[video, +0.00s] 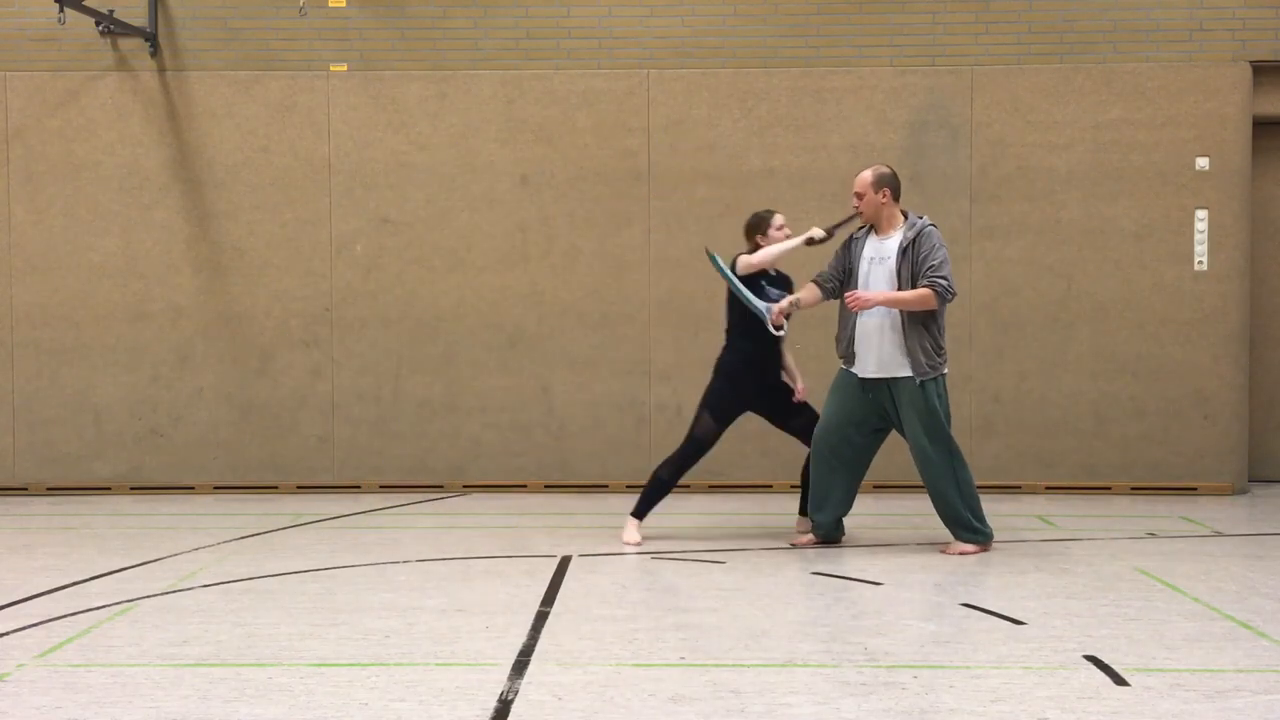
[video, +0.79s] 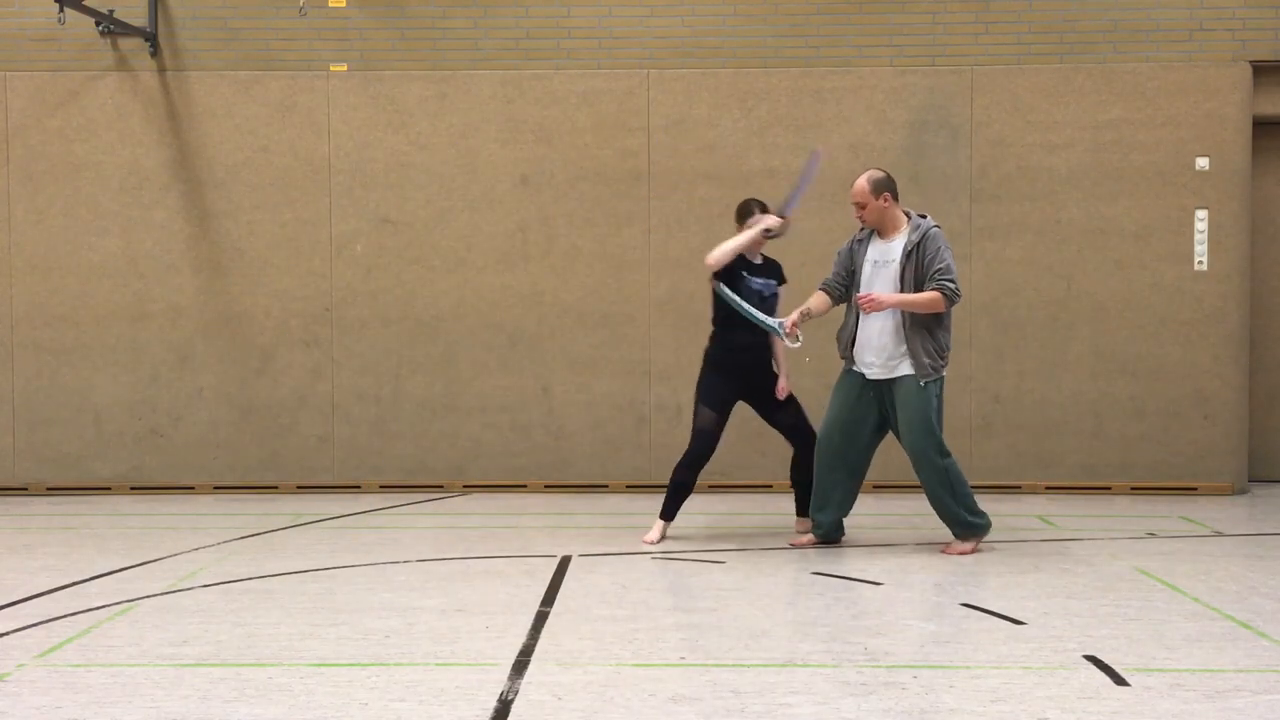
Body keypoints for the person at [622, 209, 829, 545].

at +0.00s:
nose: (789, 233)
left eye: (787, 227)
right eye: (781, 228)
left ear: (777, 235)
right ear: (761, 237)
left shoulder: (783, 283)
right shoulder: (741, 267)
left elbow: (777, 337)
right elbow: (758, 261)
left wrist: (795, 376)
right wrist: (801, 240)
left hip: (769, 384)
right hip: (733, 382)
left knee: (823, 438)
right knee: (693, 449)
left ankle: (806, 522)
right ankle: (635, 520)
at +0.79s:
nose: (763, 233)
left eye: (767, 228)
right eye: (757, 227)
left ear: (768, 231)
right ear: (744, 227)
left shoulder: (772, 270)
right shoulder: (727, 259)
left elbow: (775, 324)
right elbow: (712, 262)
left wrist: (782, 372)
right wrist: (757, 227)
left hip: (759, 371)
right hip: (721, 370)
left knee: (805, 440)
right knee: (700, 448)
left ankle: (804, 521)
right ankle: (662, 524)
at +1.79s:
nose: (470, 234)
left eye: (474, 227)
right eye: (467, 228)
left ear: (495, 223)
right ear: (472, 226)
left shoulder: (519, 259)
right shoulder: (470, 254)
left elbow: (544, 315)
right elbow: (464, 301)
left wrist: (560, 366)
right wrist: (445, 328)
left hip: (507, 364)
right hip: (481, 363)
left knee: (472, 445)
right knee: (470, 446)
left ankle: (490, 529)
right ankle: (538, 493)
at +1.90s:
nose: (443, 230)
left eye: (447, 223)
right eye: (440, 223)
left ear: (468, 217)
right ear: (443, 221)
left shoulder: (494, 252)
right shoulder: (443, 249)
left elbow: (515, 309)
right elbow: (438, 300)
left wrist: (524, 360)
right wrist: (417, 321)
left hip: (480, 359)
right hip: (450, 359)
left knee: (465, 444)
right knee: (416, 437)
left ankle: (491, 529)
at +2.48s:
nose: (397, 222)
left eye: (399, 215)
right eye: (391, 215)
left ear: (388, 219)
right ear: (368, 217)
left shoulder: (387, 263)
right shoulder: (339, 253)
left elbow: (393, 320)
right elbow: (324, 299)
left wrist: (416, 361)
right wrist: (337, 249)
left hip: (367, 363)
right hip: (327, 362)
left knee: (406, 434)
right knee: (328, 445)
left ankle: (413, 520)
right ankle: (315, 523)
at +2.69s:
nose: (390, 216)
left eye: (390, 210)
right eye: (384, 210)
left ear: (375, 215)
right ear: (361, 212)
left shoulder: (376, 260)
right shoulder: (334, 246)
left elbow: (388, 318)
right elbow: (337, 268)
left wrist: (417, 355)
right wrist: (340, 221)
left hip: (365, 365)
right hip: (324, 362)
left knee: (396, 437)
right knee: (310, 442)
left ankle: (416, 520)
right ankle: (285, 519)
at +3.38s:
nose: (370, 229)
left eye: (371, 223)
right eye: (365, 223)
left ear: (355, 225)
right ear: (343, 224)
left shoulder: (366, 270)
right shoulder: (316, 257)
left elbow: (389, 325)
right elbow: (290, 267)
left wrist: (422, 361)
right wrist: (301, 223)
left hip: (357, 373)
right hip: (316, 370)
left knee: (405, 437)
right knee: (308, 452)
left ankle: (416, 521)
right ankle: (282, 524)